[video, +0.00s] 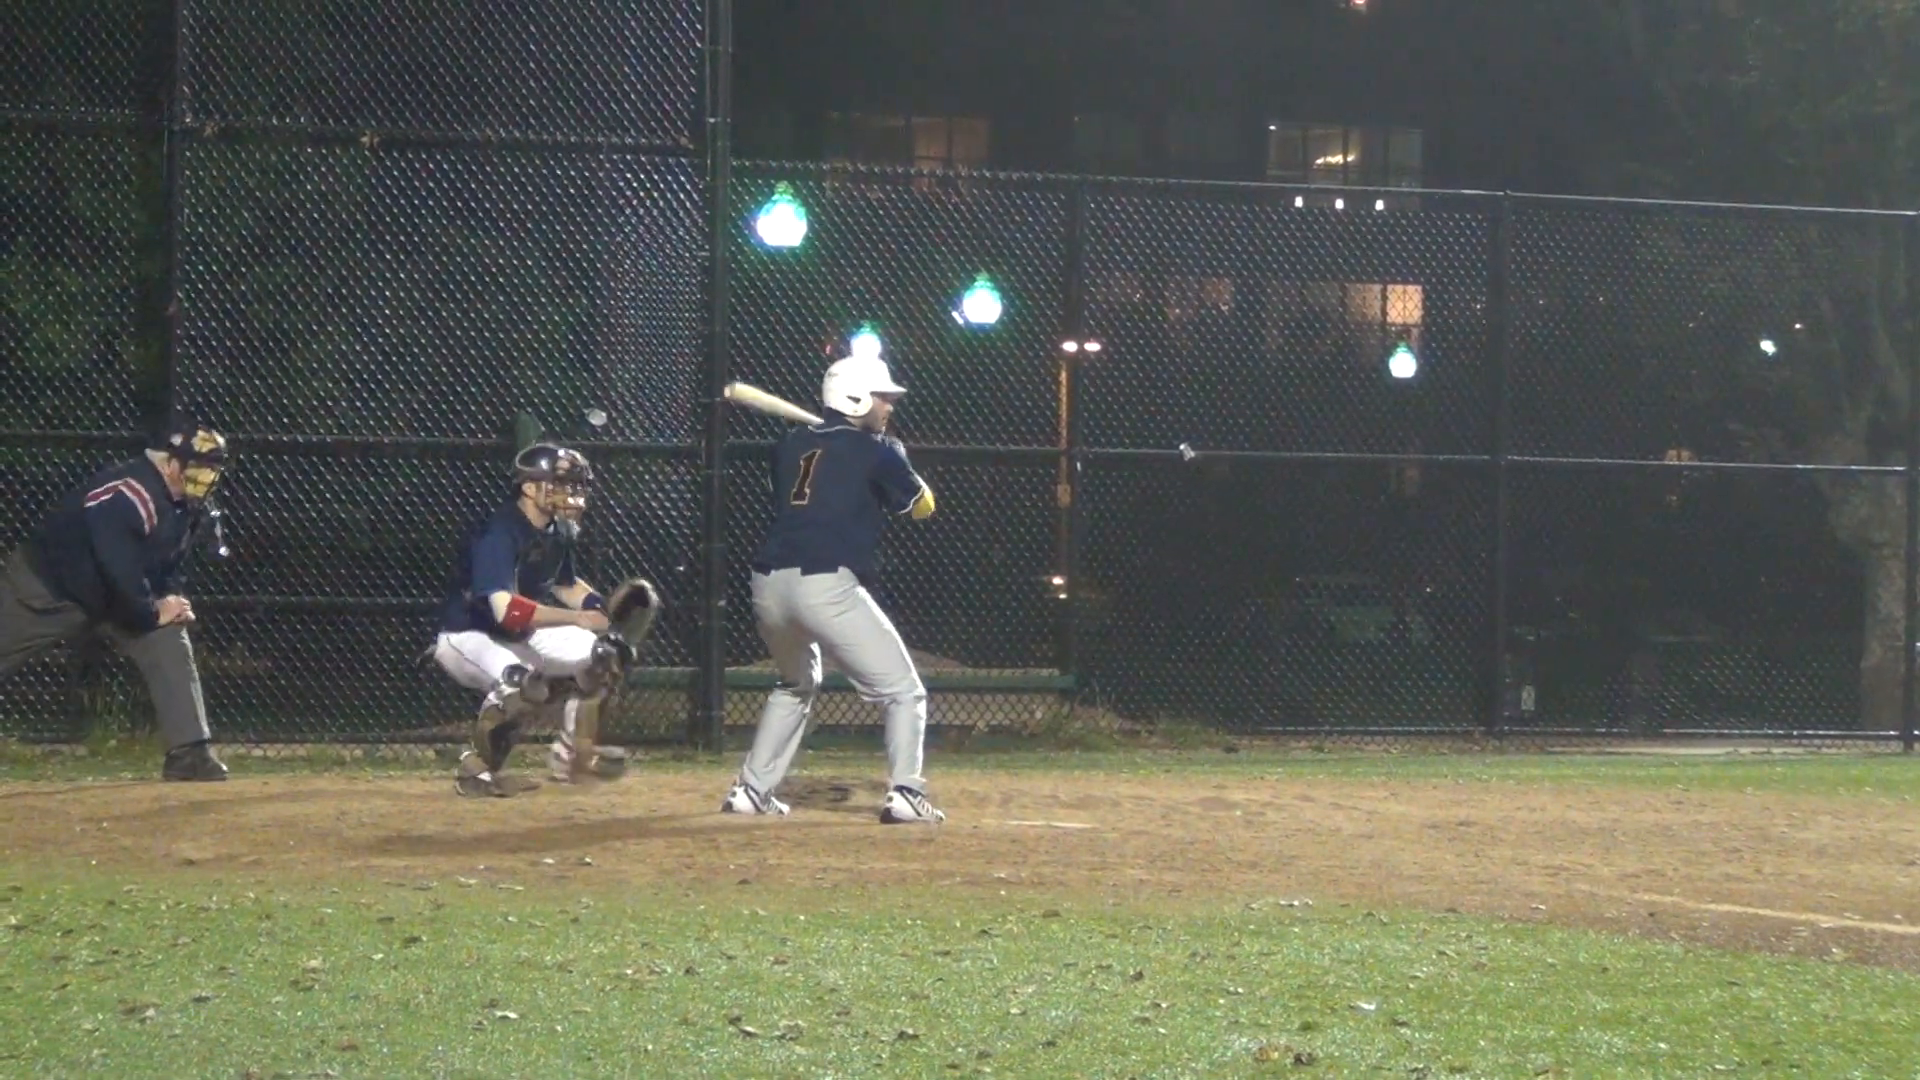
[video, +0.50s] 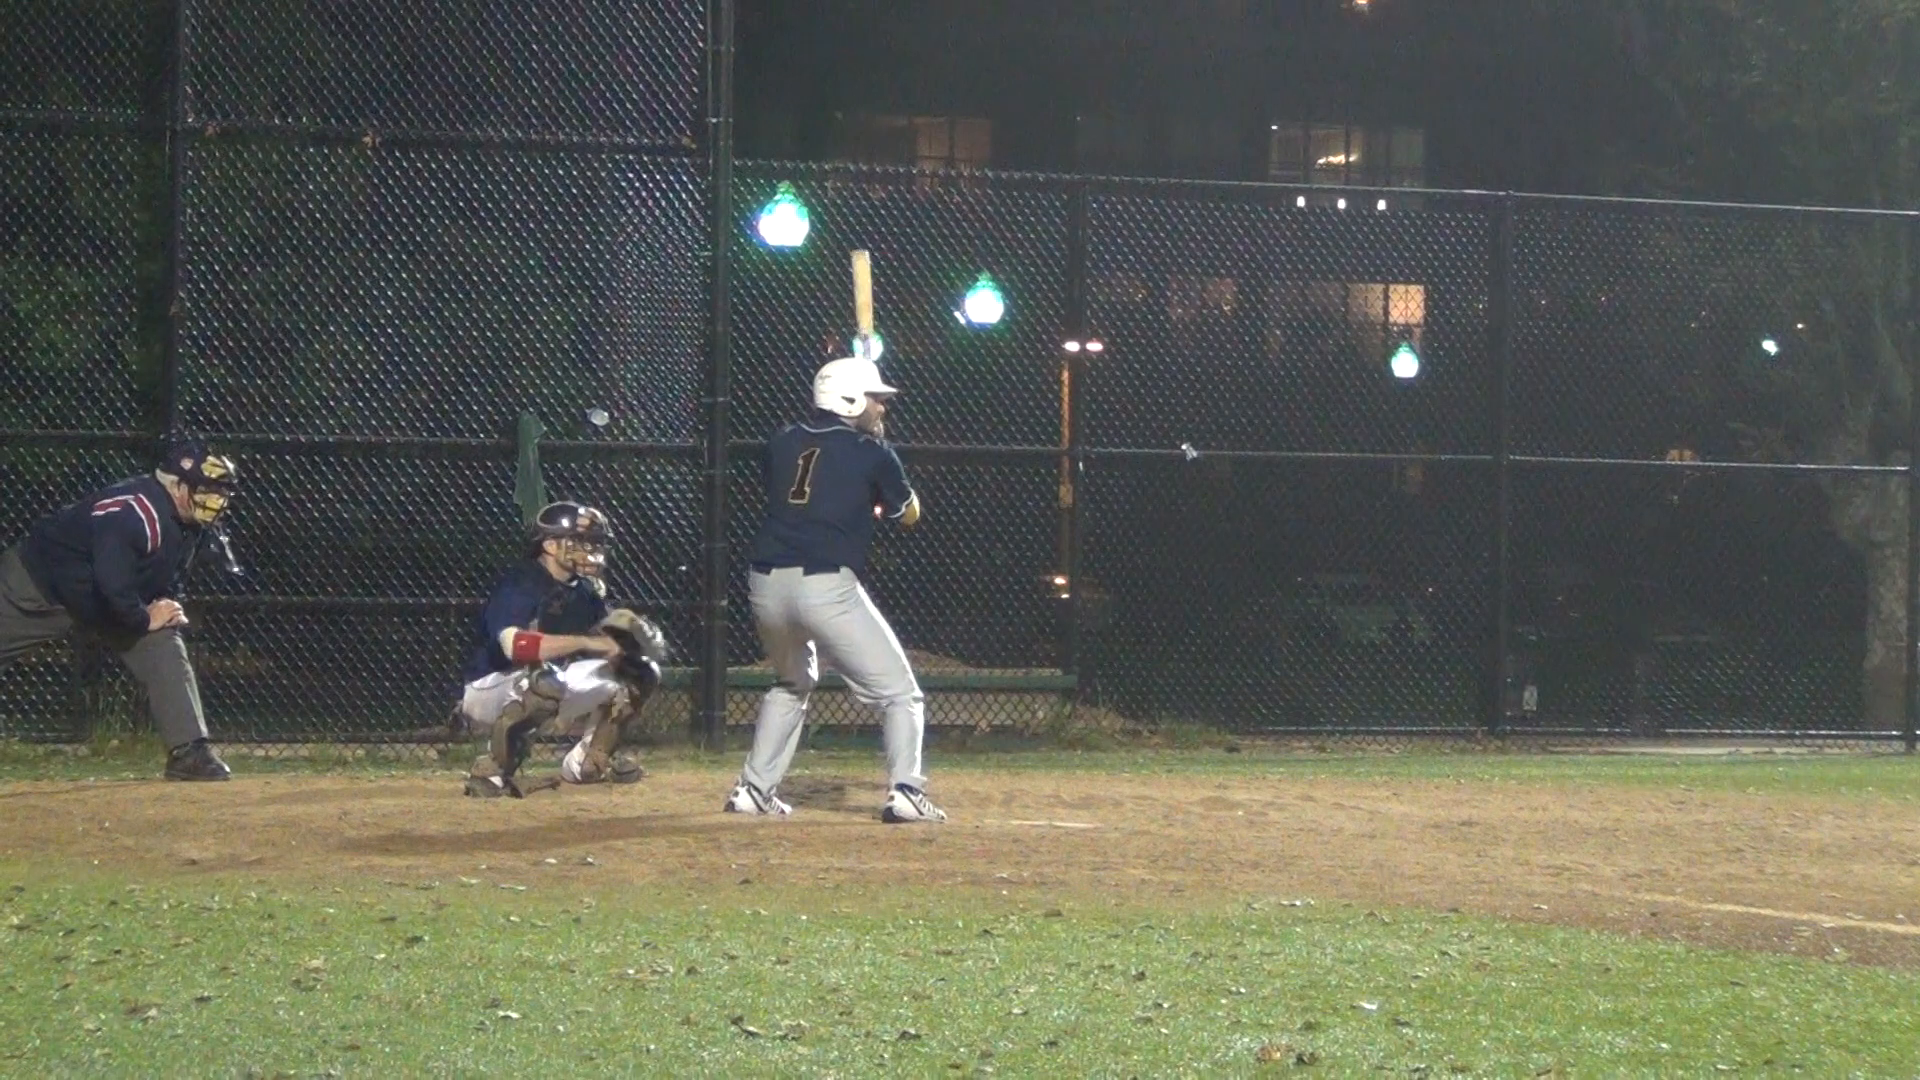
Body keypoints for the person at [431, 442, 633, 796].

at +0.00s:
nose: (570, 494)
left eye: (572, 486)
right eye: (560, 486)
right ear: (530, 489)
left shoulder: (557, 530)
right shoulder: (499, 532)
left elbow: (566, 584)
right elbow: (509, 613)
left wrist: (602, 607)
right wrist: (578, 617)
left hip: (522, 634)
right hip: (466, 635)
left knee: (601, 656)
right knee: (522, 681)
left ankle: (573, 755)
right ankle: (477, 769)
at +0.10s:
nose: (574, 516)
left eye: (575, 509)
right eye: (563, 509)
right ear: (533, 512)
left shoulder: (559, 554)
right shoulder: (504, 555)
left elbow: (574, 609)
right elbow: (518, 628)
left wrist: (604, 603)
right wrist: (588, 626)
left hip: (528, 650)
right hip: (468, 654)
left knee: (610, 664)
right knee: (526, 684)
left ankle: (584, 760)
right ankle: (477, 770)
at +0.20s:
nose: (578, 537)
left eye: (580, 529)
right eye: (568, 529)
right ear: (537, 531)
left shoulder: (569, 571)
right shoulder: (506, 573)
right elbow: (528, 640)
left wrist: (601, 613)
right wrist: (594, 627)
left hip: (536, 667)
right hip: (473, 675)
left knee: (624, 664)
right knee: (534, 686)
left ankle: (585, 763)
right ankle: (484, 771)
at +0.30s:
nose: (582, 548)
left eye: (584, 540)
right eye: (571, 539)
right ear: (541, 541)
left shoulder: (572, 582)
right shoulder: (510, 579)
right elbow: (530, 643)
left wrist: (612, 624)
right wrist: (598, 631)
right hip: (476, 686)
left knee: (629, 672)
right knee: (537, 685)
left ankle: (587, 764)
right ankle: (489, 773)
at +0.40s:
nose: (584, 550)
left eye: (586, 542)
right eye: (574, 542)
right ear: (545, 545)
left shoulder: (578, 586)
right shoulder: (512, 581)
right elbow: (526, 644)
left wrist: (621, 631)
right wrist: (600, 635)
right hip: (482, 690)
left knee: (635, 672)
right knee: (542, 684)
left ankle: (587, 764)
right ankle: (492, 773)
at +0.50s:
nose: (590, 550)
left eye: (592, 543)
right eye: (580, 543)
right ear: (551, 546)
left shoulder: (587, 589)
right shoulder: (519, 584)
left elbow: (601, 634)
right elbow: (514, 646)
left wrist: (634, 638)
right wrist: (587, 643)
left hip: (554, 682)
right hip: (488, 690)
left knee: (638, 675)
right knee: (544, 682)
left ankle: (586, 764)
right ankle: (491, 773)